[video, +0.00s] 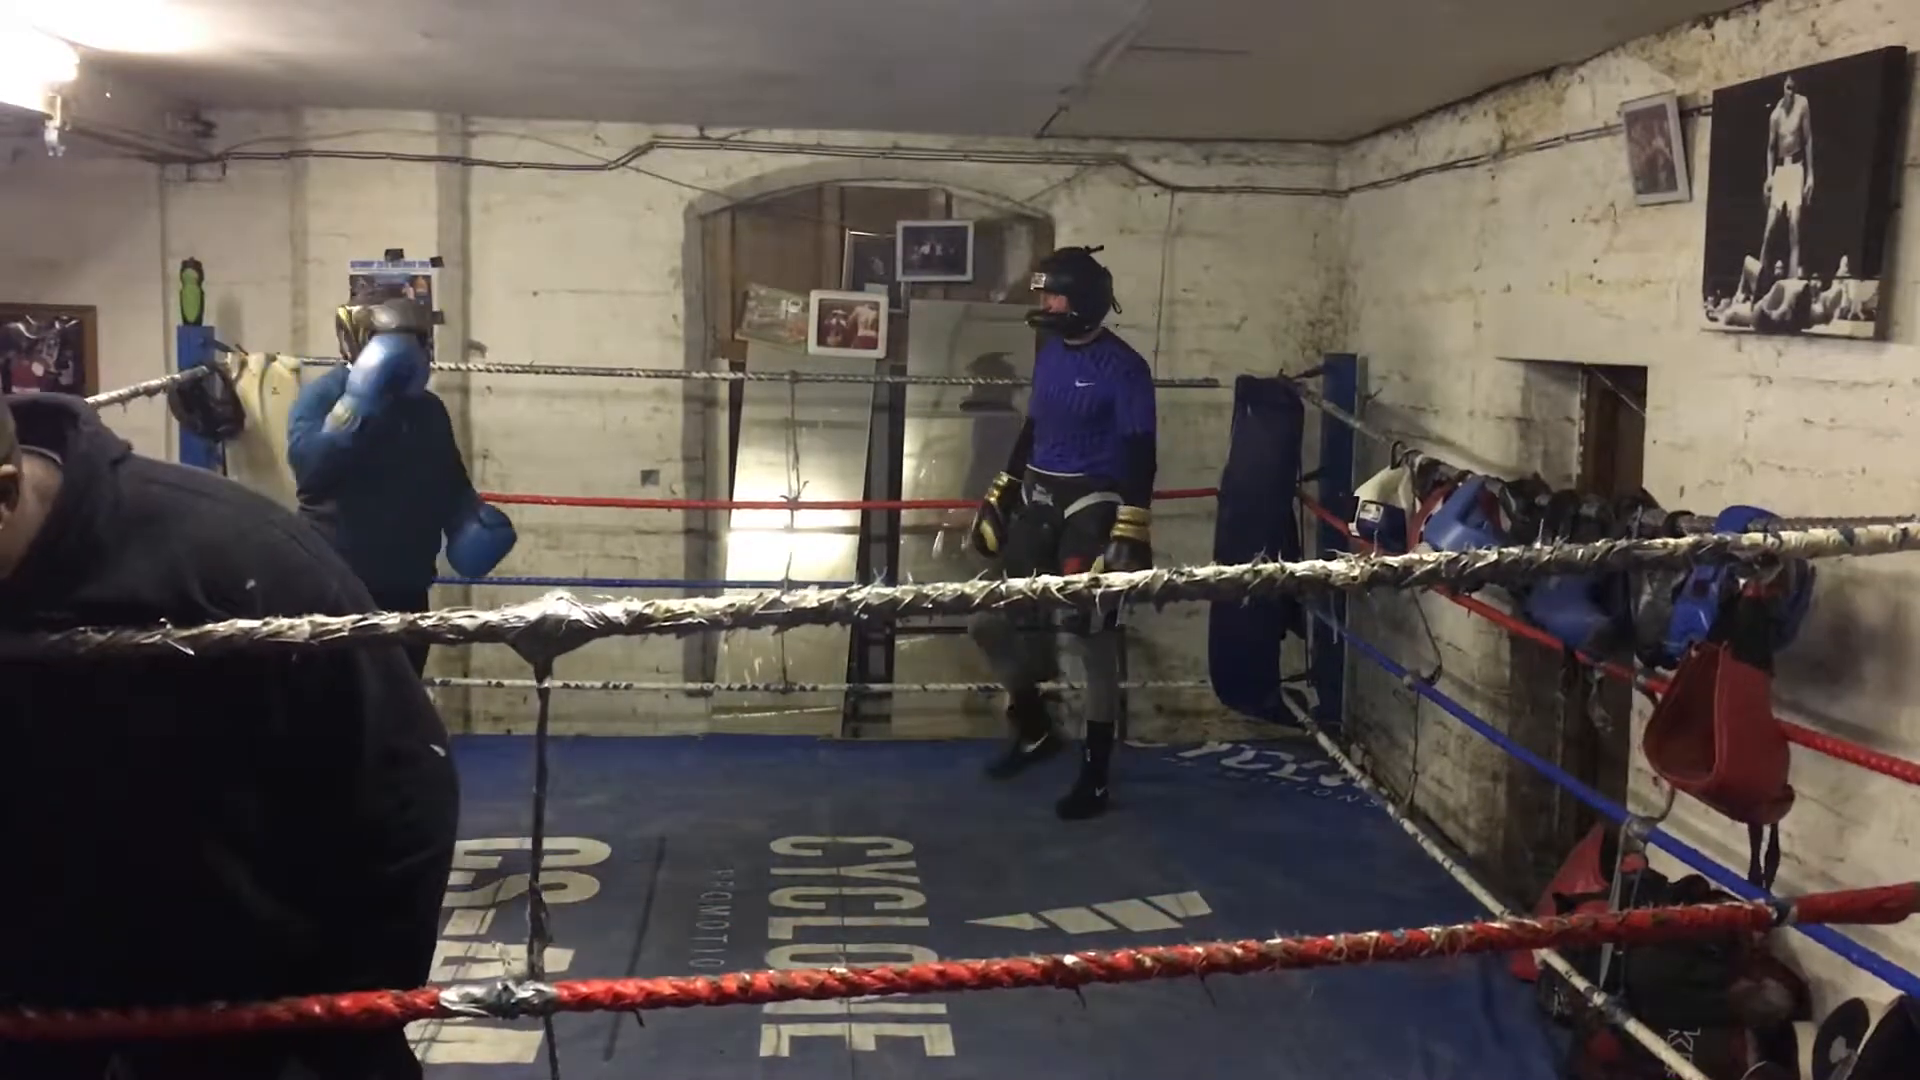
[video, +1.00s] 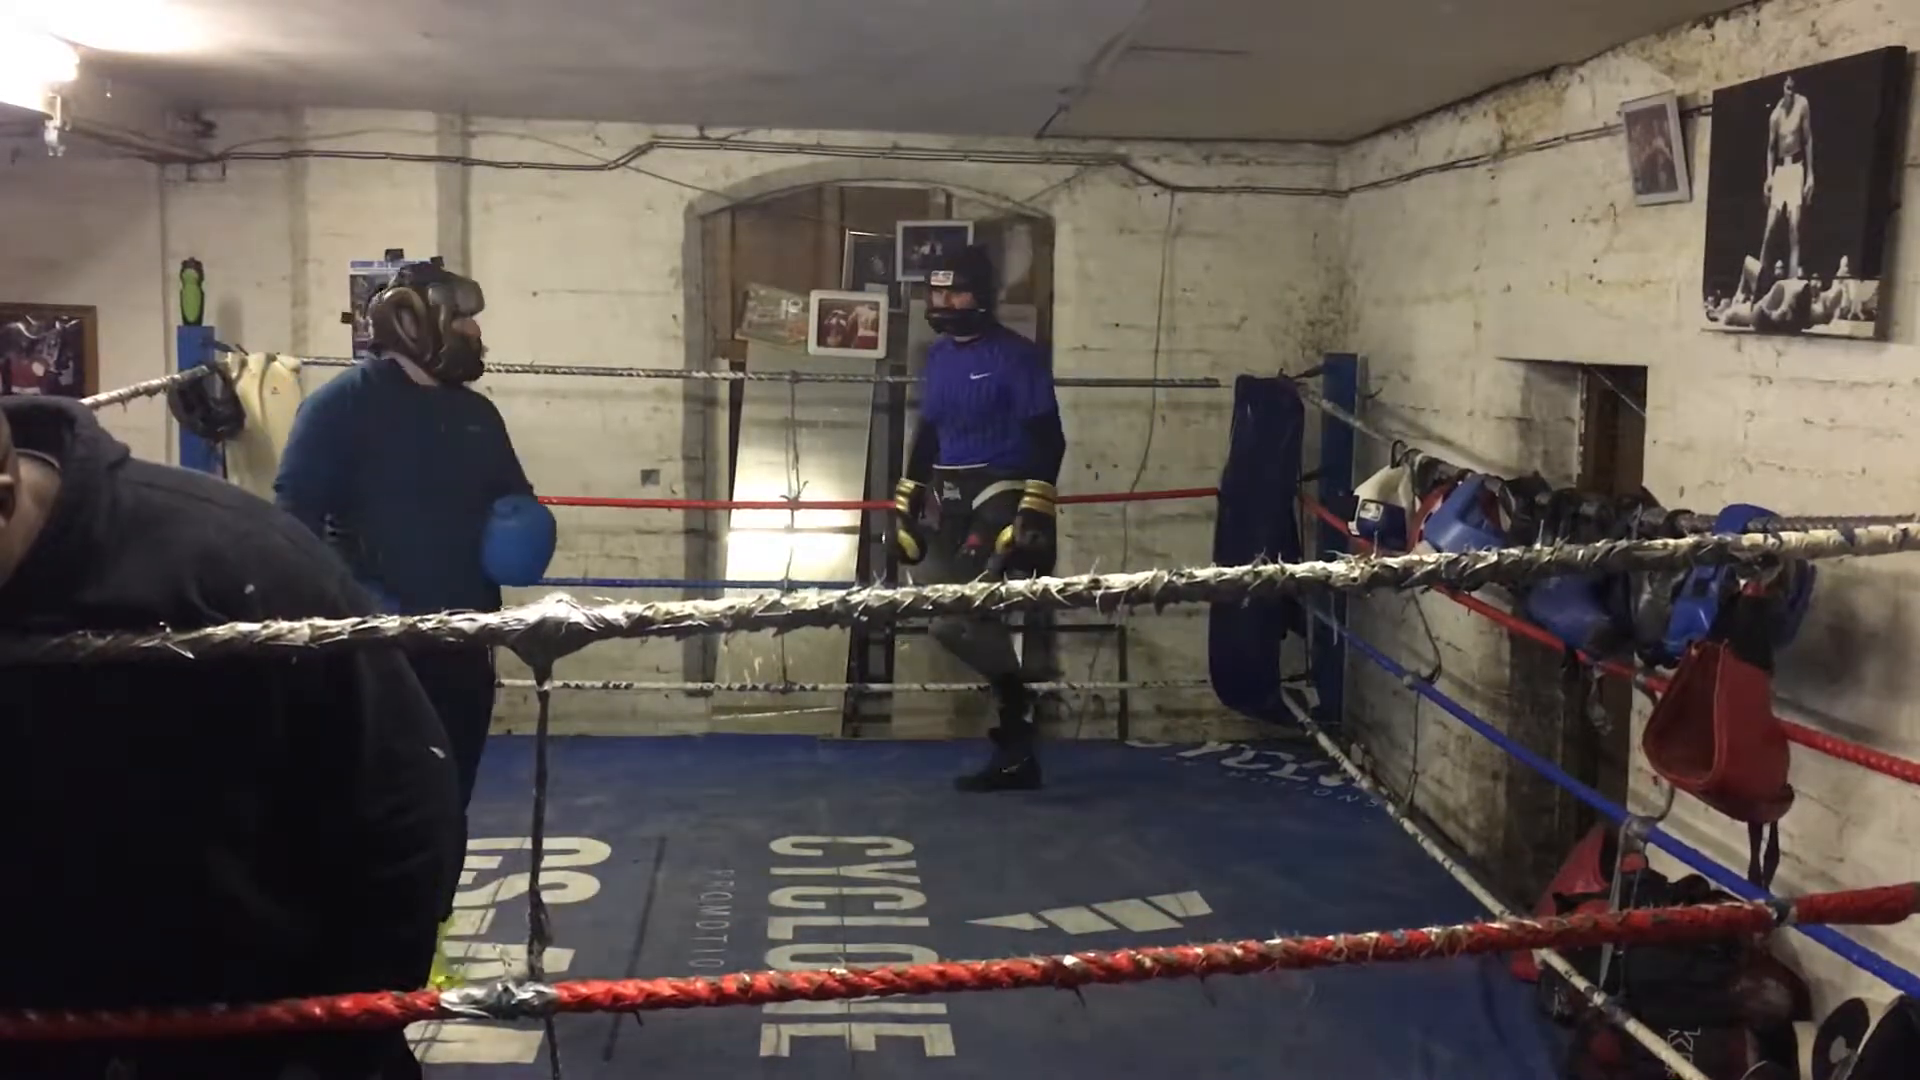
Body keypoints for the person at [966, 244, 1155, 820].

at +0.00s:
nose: (1043, 307)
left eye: (1054, 297)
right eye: (1042, 296)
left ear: (1083, 302)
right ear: (1048, 301)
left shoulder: (1125, 367)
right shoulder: (1048, 353)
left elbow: (1141, 454)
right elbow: (1032, 429)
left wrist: (1133, 525)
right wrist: (1000, 495)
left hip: (1096, 505)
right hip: (1038, 500)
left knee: (1093, 630)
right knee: (994, 621)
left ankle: (1096, 771)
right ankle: (1034, 729)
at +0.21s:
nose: (1020, 302)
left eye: (1031, 291)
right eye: (1019, 291)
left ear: (1061, 298)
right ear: (1026, 298)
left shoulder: (1101, 363)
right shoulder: (1023, 358)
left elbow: (1115, 452)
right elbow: (1013, 434)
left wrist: (1104, 527)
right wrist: (987, 506)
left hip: (1076, 512)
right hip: (1021, 509)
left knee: (1085, 638)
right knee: (1013, 633)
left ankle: (1093, 772)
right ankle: (1017, 759)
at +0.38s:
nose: (1002, 297)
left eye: (1013, 288)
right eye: (1002, 288)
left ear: (1041, 295)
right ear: (1013, 296)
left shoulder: (1079, 359)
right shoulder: (1003, 357)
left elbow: (1090, 450)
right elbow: (991, 435)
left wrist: (1071, 525)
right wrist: (967, 506)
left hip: (1056, 514)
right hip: (1003, 511)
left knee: (1069, 637)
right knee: (1012, 635)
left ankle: (1088, 771)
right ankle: (1019, 760)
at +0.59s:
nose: (983, 297)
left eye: (994, 287)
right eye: (980, 287)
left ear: (1023, 293)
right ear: (979, 295)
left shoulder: (1055, 358)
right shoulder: (979, 357)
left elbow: (1068, 447)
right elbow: (967, 430)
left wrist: (1043, 514)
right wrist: (943, 500)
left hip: (1033, 510)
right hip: (979, 508)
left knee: (1051, 631)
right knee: (997, 633)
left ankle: (1086, 770)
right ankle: (1017, 759)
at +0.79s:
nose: (961, 299)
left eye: (973, 290)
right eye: (959, 290)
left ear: (1000, 297)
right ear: (960, 297)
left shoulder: (1032, 356)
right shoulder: (958, 356)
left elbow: (1049, 443)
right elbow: (943, 429)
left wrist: (1031, 519)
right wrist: (920, 501)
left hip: (1011, 510)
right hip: (959, 508)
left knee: (1010, 636)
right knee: (982, 636)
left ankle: (1059, 760)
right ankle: (1014, 756)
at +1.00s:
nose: (943, 301)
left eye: (955, 291)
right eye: (937, 291)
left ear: (982, 296)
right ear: (931, 296)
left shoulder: (1019, 356)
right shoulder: (938, 356)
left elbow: (1049, 439)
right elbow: (928, 430)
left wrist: (1036, 507)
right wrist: (907, 496)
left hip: (1006, 499)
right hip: (951, 500)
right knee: (955, 620)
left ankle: (1015, 749)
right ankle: (1013, 754)